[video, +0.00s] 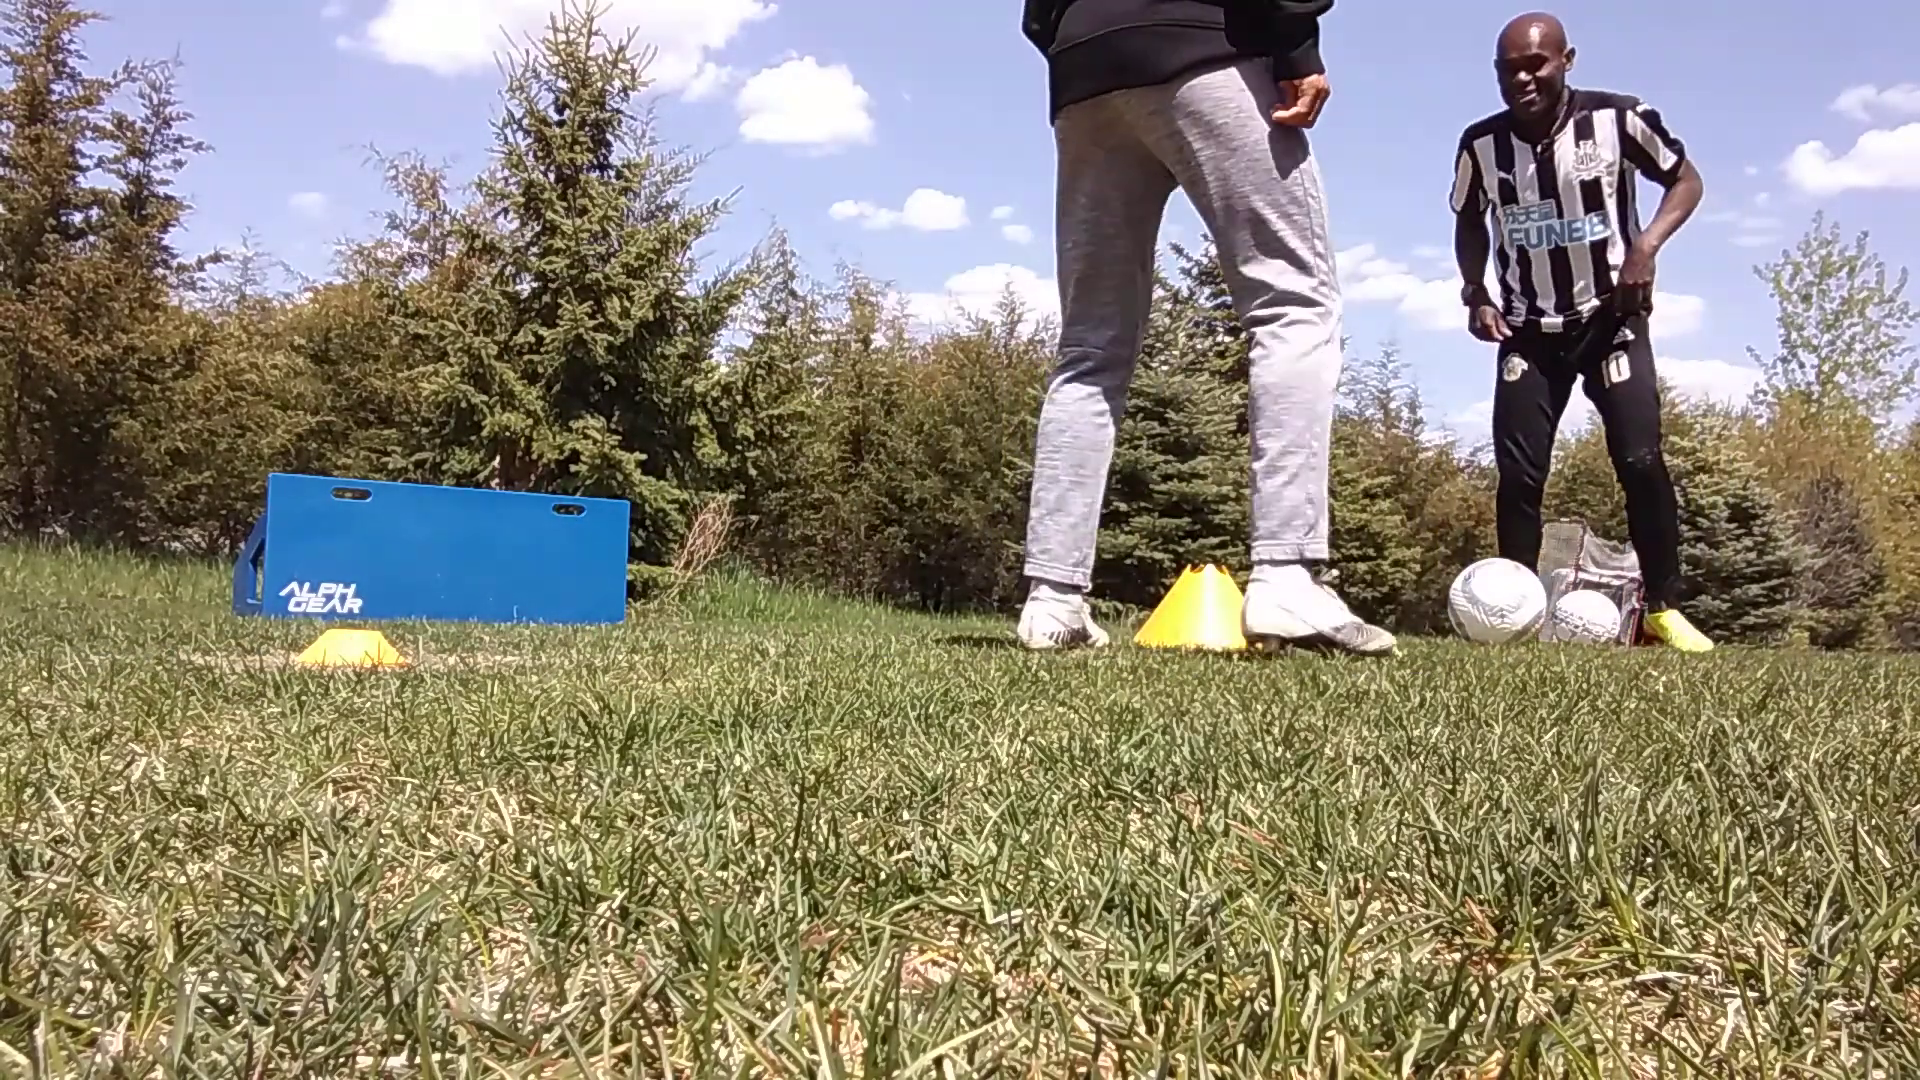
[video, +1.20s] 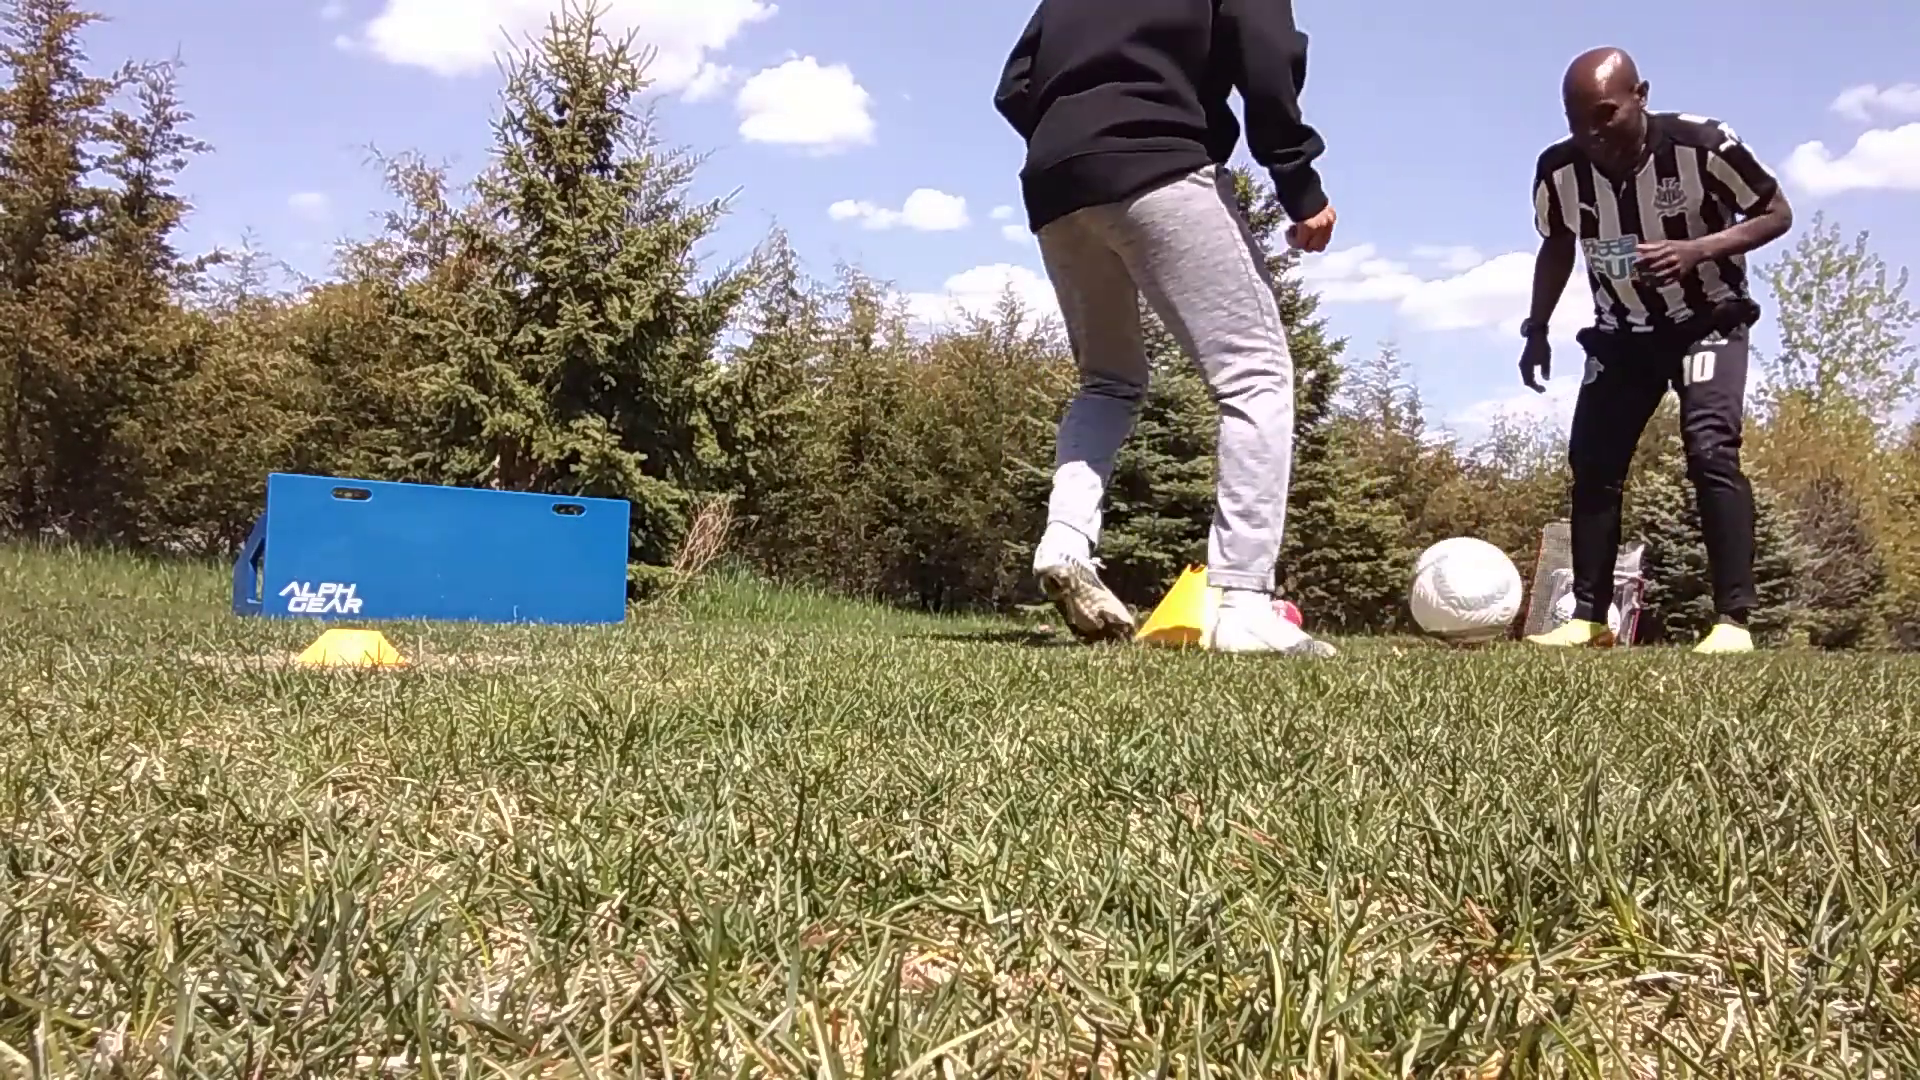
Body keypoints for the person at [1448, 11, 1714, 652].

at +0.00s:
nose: (1521, 80)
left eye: (1534, 65)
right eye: (1509, 69)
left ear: (1566, 62)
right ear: (1498, 72)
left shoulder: (1620, 119)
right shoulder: (1480, 144)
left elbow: (1687, 181)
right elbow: (1470, 224)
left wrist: (1648, 243)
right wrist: (1475, 292)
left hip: (1614, 322)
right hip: (1529, 334)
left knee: (1642, 462)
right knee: (1519, 476)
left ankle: (1662, 609)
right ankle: (1516, 611)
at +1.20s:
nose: (1591, 134)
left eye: (1604, 119)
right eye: (1579, 122)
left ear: (1641, 99)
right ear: (1566, 114)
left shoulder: (1705, 145)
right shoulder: (1559, 169)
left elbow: (1777, 215)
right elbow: (1558, 244)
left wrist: (1698, 248)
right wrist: (1537, 324)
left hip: (1708, 324)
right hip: (1624, 333)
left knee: (1709, 452)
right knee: (1592, 461)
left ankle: (1734, 622)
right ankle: (1588, 617)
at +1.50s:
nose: (1591, 131)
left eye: (1600, 116)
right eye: (1585, 118)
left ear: (1647, 97)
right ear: (1585, 108)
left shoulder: (1725, 130)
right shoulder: (1599, 165)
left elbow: (1828, 188)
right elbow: (1623, 248)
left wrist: (1726, 234)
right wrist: (1583, 331)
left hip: (1756, 318)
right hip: (1676, 324)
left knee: (1710, 451)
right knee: (1573, 423)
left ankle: (1737, 626)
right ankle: (1585, 585)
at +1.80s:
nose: (1586, 117)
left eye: (1599, 101)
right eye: (1580, 103)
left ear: (1645, 87)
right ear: (1575, 100)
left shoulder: (1723, 128)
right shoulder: (1593, 166)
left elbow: (1824, 181)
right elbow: (1619, 245)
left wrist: (1729, 232)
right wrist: (1599, 335)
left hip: (1753, 314)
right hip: (1676, 328)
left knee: (1718, 446)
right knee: (1618, 455)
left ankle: (1738, 625)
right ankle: (1635, 610)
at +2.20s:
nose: (1565, 141)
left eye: (1575, 124)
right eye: (1559, 128)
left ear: (1620, 110)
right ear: (1559, 127)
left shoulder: (1698, 146)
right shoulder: (1571, 191)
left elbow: (1793, 194)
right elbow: (1589, 264)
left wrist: (1714, 248)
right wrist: (1557, 333)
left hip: (1739, 325)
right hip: (1663, 345)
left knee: (1729, 447)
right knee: (1635, 472)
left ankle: (1747, 614)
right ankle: (1638, 625)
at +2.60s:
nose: (1621, 139)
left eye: (1628, 125)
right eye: (1614, 127)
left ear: (1669, 101)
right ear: (1612, 116)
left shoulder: (1750, 126)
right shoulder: (1627, 166)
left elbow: (1853, 174)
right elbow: (1651, 248)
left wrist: (1762, 207)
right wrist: (1607, 322)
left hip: (1774, 317)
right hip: (1695, 327)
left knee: (1736, 453)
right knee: (1610, 443)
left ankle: (1754, 624)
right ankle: (1644, 574)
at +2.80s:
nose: (1621, 170)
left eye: (1627, 156)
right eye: (1614, 159)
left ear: (1667, 132)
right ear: (1607, 143)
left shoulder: (1742, 141)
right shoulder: (1628, 187)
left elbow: (1857, 177)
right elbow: (1671, 264)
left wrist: (1760, 224)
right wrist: (1637, 345)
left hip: (1786, 318)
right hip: (1712, 334)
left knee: (1737, 455)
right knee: (1625, 448)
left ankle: (1755, 625)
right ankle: (1631, 604)